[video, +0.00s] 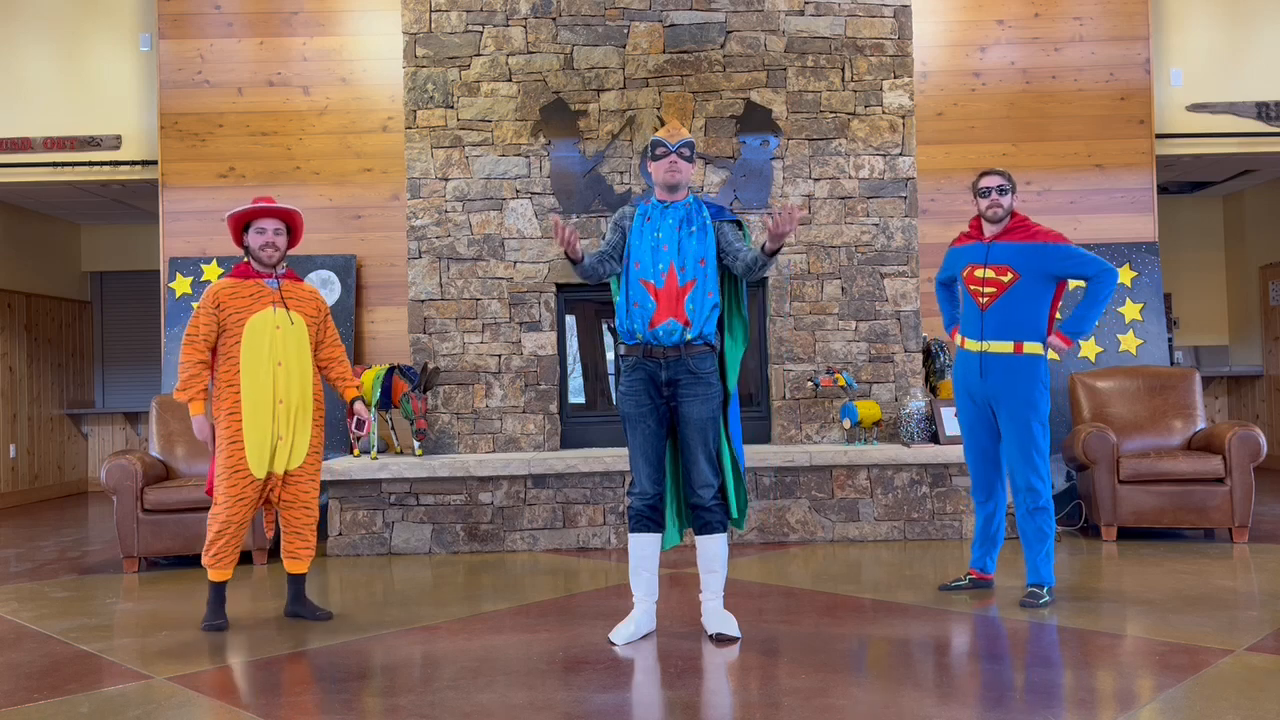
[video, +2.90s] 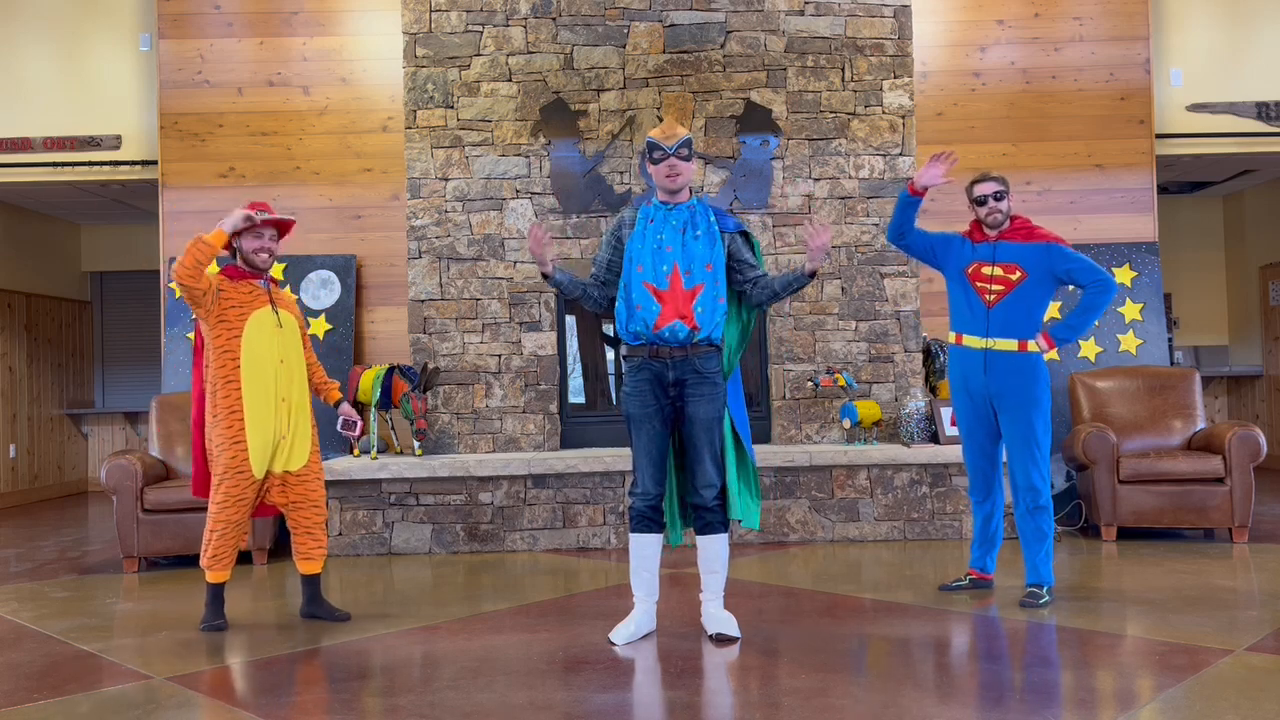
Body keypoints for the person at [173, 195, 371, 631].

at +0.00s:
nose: (269, 239)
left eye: (277, 233)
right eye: (260, 232)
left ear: (288, 242)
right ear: (245, 240)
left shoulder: (309, 297)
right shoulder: (223, 293)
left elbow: (331, 352)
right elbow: (196, 351)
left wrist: (353, 397)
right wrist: (197, 408)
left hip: (301, 420)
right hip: (242, 421)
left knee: (302, 504)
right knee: (232, 505)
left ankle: (297, 597)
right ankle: (216, 602)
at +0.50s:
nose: (270, 241)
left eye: (278, 235)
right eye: (261, 234)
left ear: (288, 245)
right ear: (246, 242)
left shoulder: (300, 300)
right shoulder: (225, 292)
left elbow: (318, 360)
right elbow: (176, 332)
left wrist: (334, 409)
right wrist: (139, 387)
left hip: (295, 422)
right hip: (238, 422)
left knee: (312, 501)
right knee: (229, 507)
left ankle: (313, 598)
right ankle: (214, 605)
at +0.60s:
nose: (269, 240)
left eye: (277, 233)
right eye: (260, 233)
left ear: (287, 243)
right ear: (244, 242)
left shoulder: (300, 301)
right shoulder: (223, 292)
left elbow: (318, 361)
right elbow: (169, 318)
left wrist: (339, 408)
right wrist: (113, 352)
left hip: (294, 424)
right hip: (238, 423)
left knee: (313, 501)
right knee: (229, 506)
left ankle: (313, 598)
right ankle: (215, 606)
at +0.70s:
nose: (265, 241)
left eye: (273, 235)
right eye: (256, 234)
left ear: (284, 244)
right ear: (241, 242)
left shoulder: (298, 301)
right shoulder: (218, 291)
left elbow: (319, 360)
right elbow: (172, 300)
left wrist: (344, 403)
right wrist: (121, 297)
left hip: (295, 422)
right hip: (238, 422)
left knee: (313, 502)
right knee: (228, 507)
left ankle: (313, 598)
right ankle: (215, 606)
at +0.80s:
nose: (261, 241)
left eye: (270, 235)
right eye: (252, 235)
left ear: (280, 244)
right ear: (237, 243)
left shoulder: (294, 301)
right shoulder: (214, 288)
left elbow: (317, 358)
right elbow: (167, 277)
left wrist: (349, 398)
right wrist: (130, 243)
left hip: (292, 421)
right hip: (236, 421)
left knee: (312, 500)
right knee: (227, 507)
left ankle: (313, 598)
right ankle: (214, 605)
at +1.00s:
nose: (256, 240)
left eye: (264, 234)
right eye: (246, 234)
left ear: (276, 243)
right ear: (232, 242)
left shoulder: (289, 298)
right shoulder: (214, 286)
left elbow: (311, 358)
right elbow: (185, 248)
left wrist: (345, 392)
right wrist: (181, 193)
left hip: (290, 420)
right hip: (235, 421)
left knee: (311, 503)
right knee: (225, 509)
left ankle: (313, 598)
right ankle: (214, 605)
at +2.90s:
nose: (265, 244)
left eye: (271, 237)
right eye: (255, 236)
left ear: (278, 244)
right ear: (235, 244)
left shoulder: (286, 300)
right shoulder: (216, 292)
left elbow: (308, 362)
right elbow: (186, 273)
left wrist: (339, 402)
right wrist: (226, 229)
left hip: (292, 420)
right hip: (236, 421)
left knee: (310, 500)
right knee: (229, 505)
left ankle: (312, 598)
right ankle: (214, 605)